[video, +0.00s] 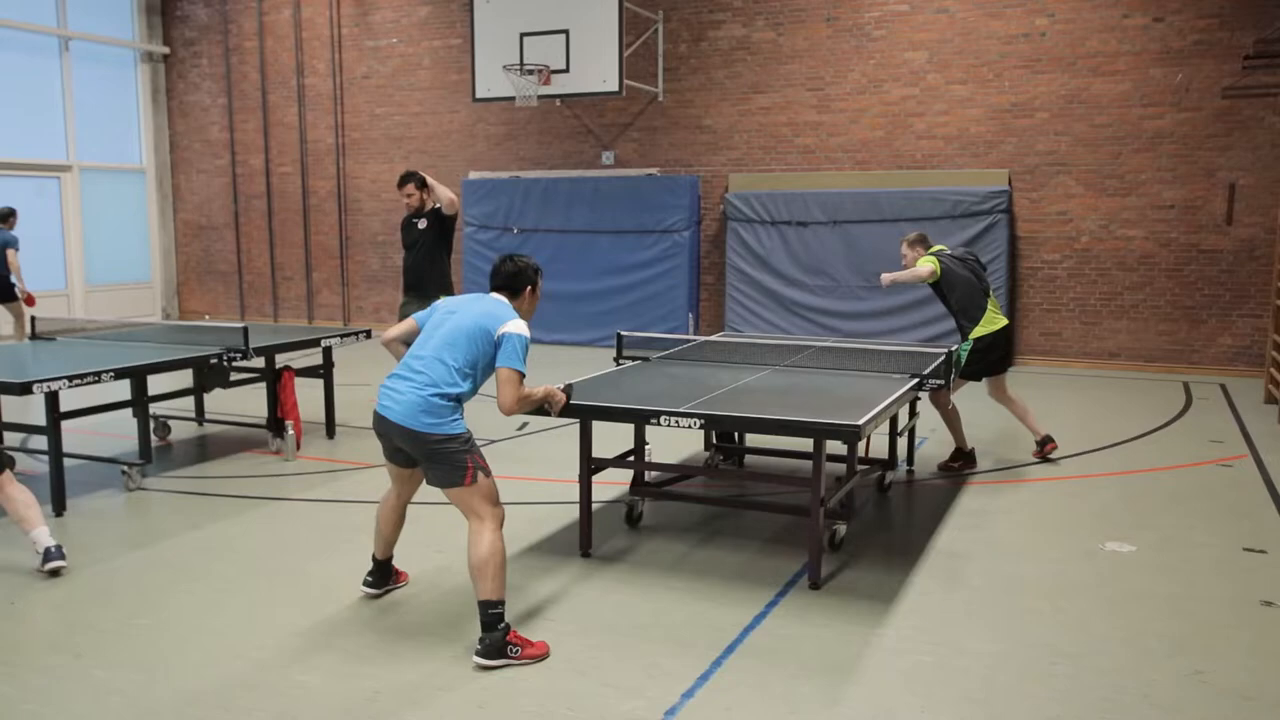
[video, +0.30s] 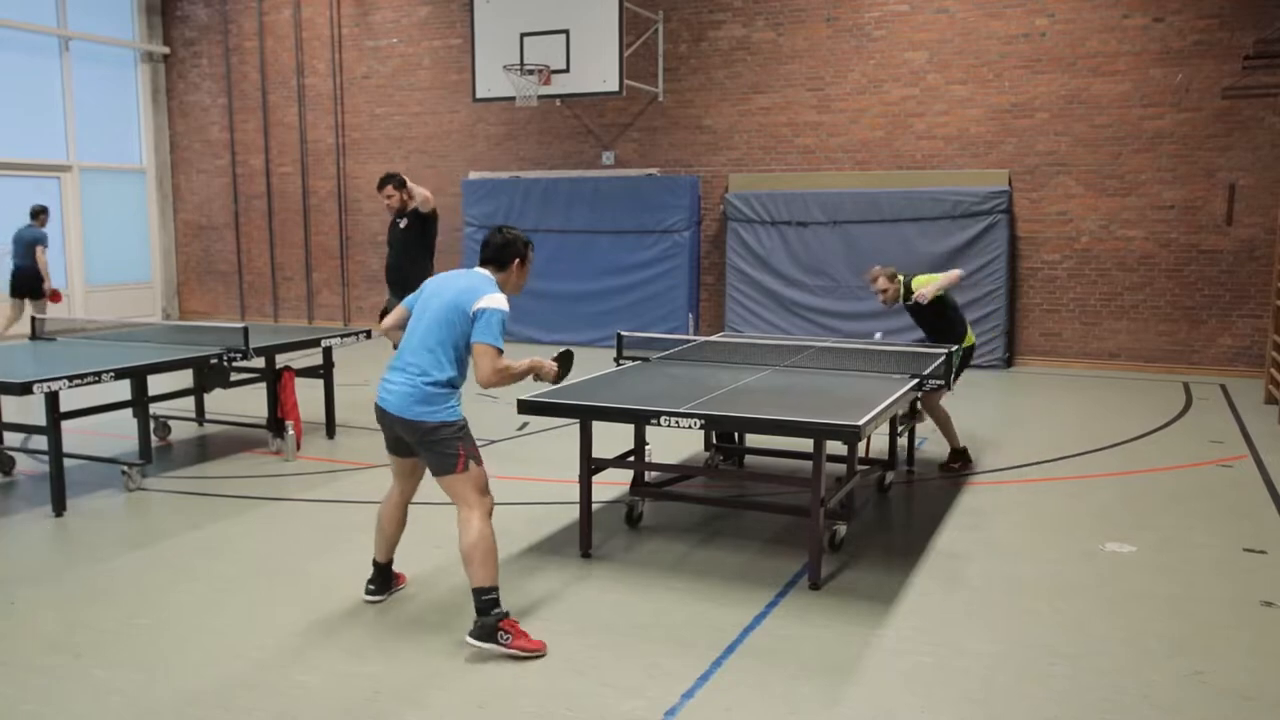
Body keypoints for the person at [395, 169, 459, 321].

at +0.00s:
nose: (406, 202)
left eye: (410, 196)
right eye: (403, 197)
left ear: (425, 193)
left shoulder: (442, 216)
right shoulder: (407, 222)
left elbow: (450, 201)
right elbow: (410, 260)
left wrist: (430, 182)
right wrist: (406, 295)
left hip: (439, 298)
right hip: (411, 298)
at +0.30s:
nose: (386, 203)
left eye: (390, 197)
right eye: (383, 199)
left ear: (404, 194)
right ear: (382, 198)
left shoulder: (424, 217)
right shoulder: (397, 218)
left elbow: (426, 199)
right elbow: (397, 256)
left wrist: (409, 186)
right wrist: (391, 296)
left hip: (416, 296)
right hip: (396, 294)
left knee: (418, 347)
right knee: (401, 348)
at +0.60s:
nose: (366, 206)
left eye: (367, 200)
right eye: (363, 201)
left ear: (380, 195)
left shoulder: (405, 218)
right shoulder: (381, 222)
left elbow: (410, 206)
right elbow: (384, 261)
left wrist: (379, 190)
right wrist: (376, 290)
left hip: (406, 295)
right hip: (386, 296)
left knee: (410, 347)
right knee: (391, 349)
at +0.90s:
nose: (344, 211)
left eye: (345, 204)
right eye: (342, 206)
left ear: (357, 195)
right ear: (354, 199)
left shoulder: (386, 217)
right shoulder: (364, 223)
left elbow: (405, 247)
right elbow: (364, 263)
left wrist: (397, 287)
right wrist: (348, 288)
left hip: (386, 297)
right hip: (375, 298)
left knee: (379, 352)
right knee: (396, 354)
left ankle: (369, 411)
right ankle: (412, 405)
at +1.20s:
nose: (323, 216)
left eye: (323, 210)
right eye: (319, 212)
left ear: (336, 201)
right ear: (330, 205)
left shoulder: (361, 218)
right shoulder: (340, 224)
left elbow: (392, 247)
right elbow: (345, 258)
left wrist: (382, 283)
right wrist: (333, 284)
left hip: (368, 297)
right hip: (350, 298)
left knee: (369, 352)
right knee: (344, 347)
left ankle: (368, 412)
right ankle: (380, 394)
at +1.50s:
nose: (301, 215)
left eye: (301, 208)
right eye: (297, 210)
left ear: (315, 200)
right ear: (303, 206)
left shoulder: (338, 218)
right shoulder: (315, 224)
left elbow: (375, 235)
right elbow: (321, 259)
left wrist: (371, 270)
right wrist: (312, 288)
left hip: (351, 293)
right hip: (331, 296)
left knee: (358, 353)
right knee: (331, 354)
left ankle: (367, 412)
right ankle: (327, 406)